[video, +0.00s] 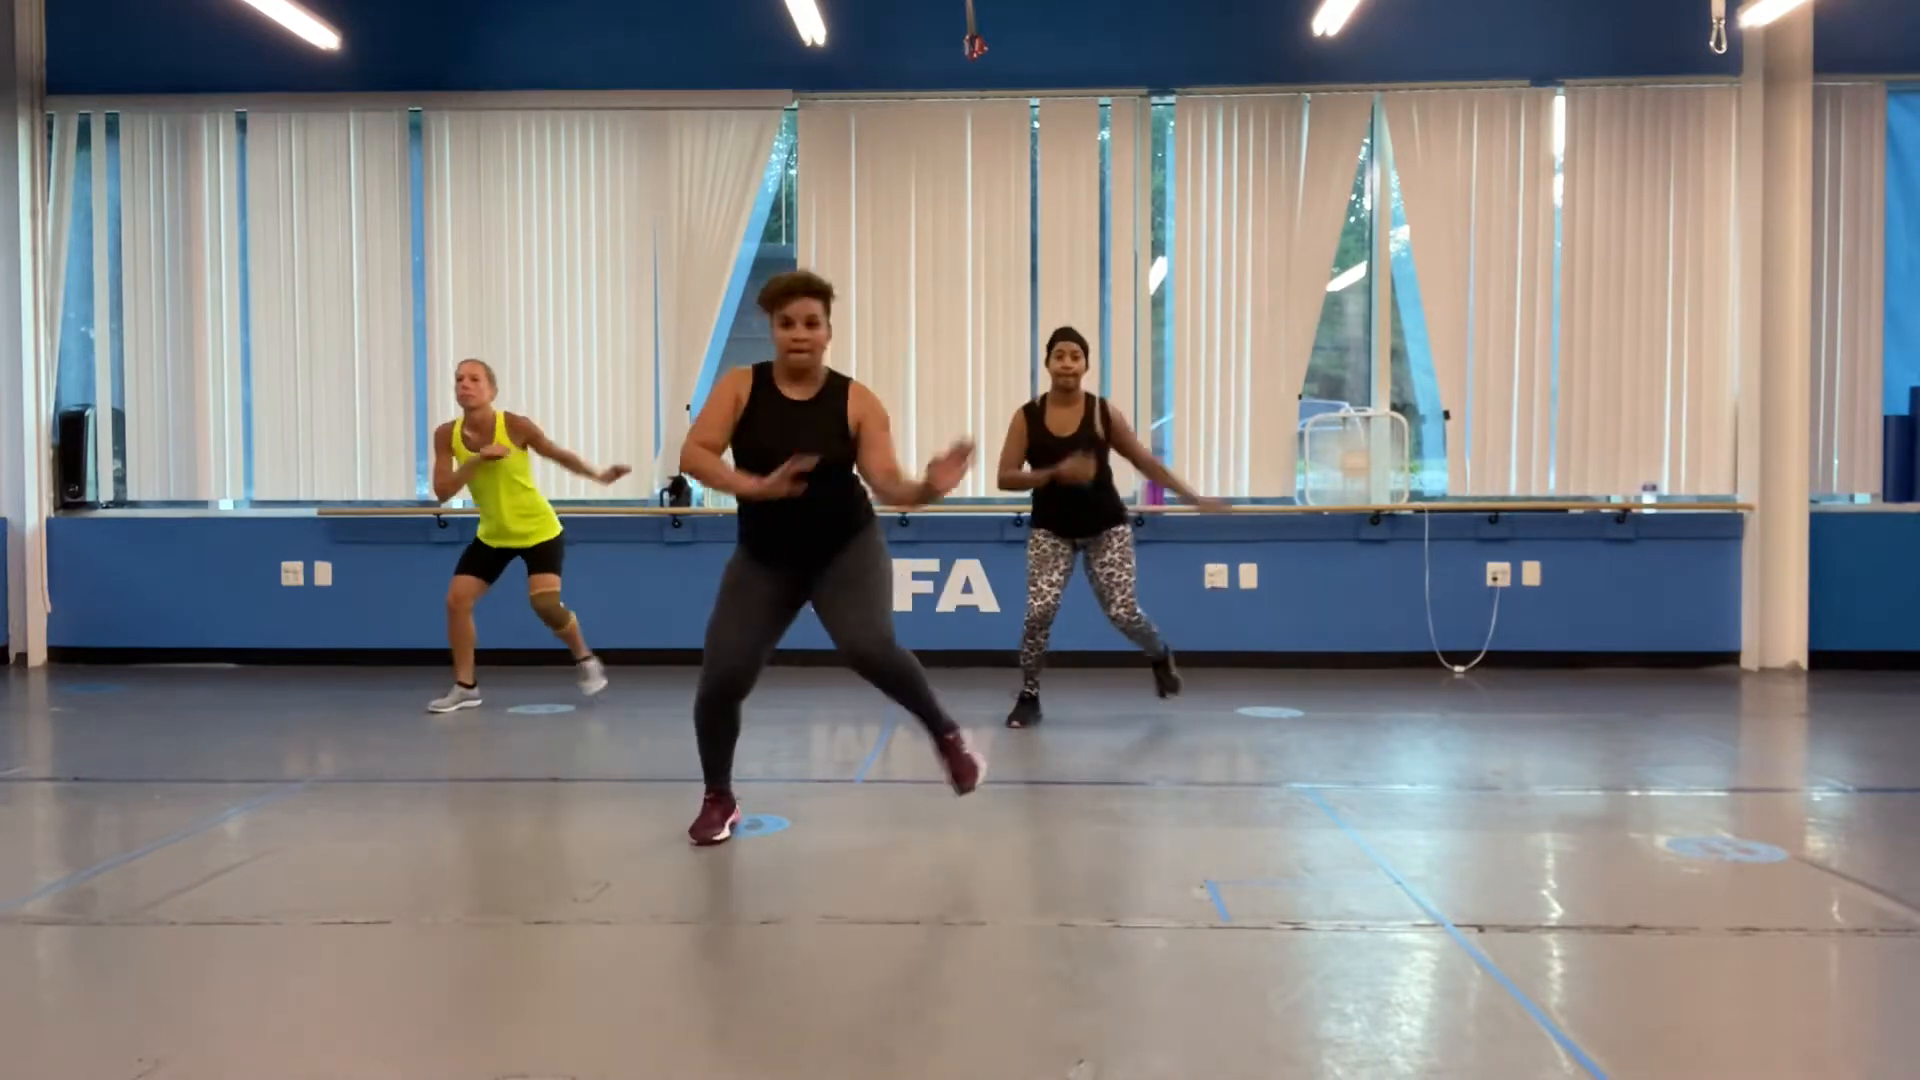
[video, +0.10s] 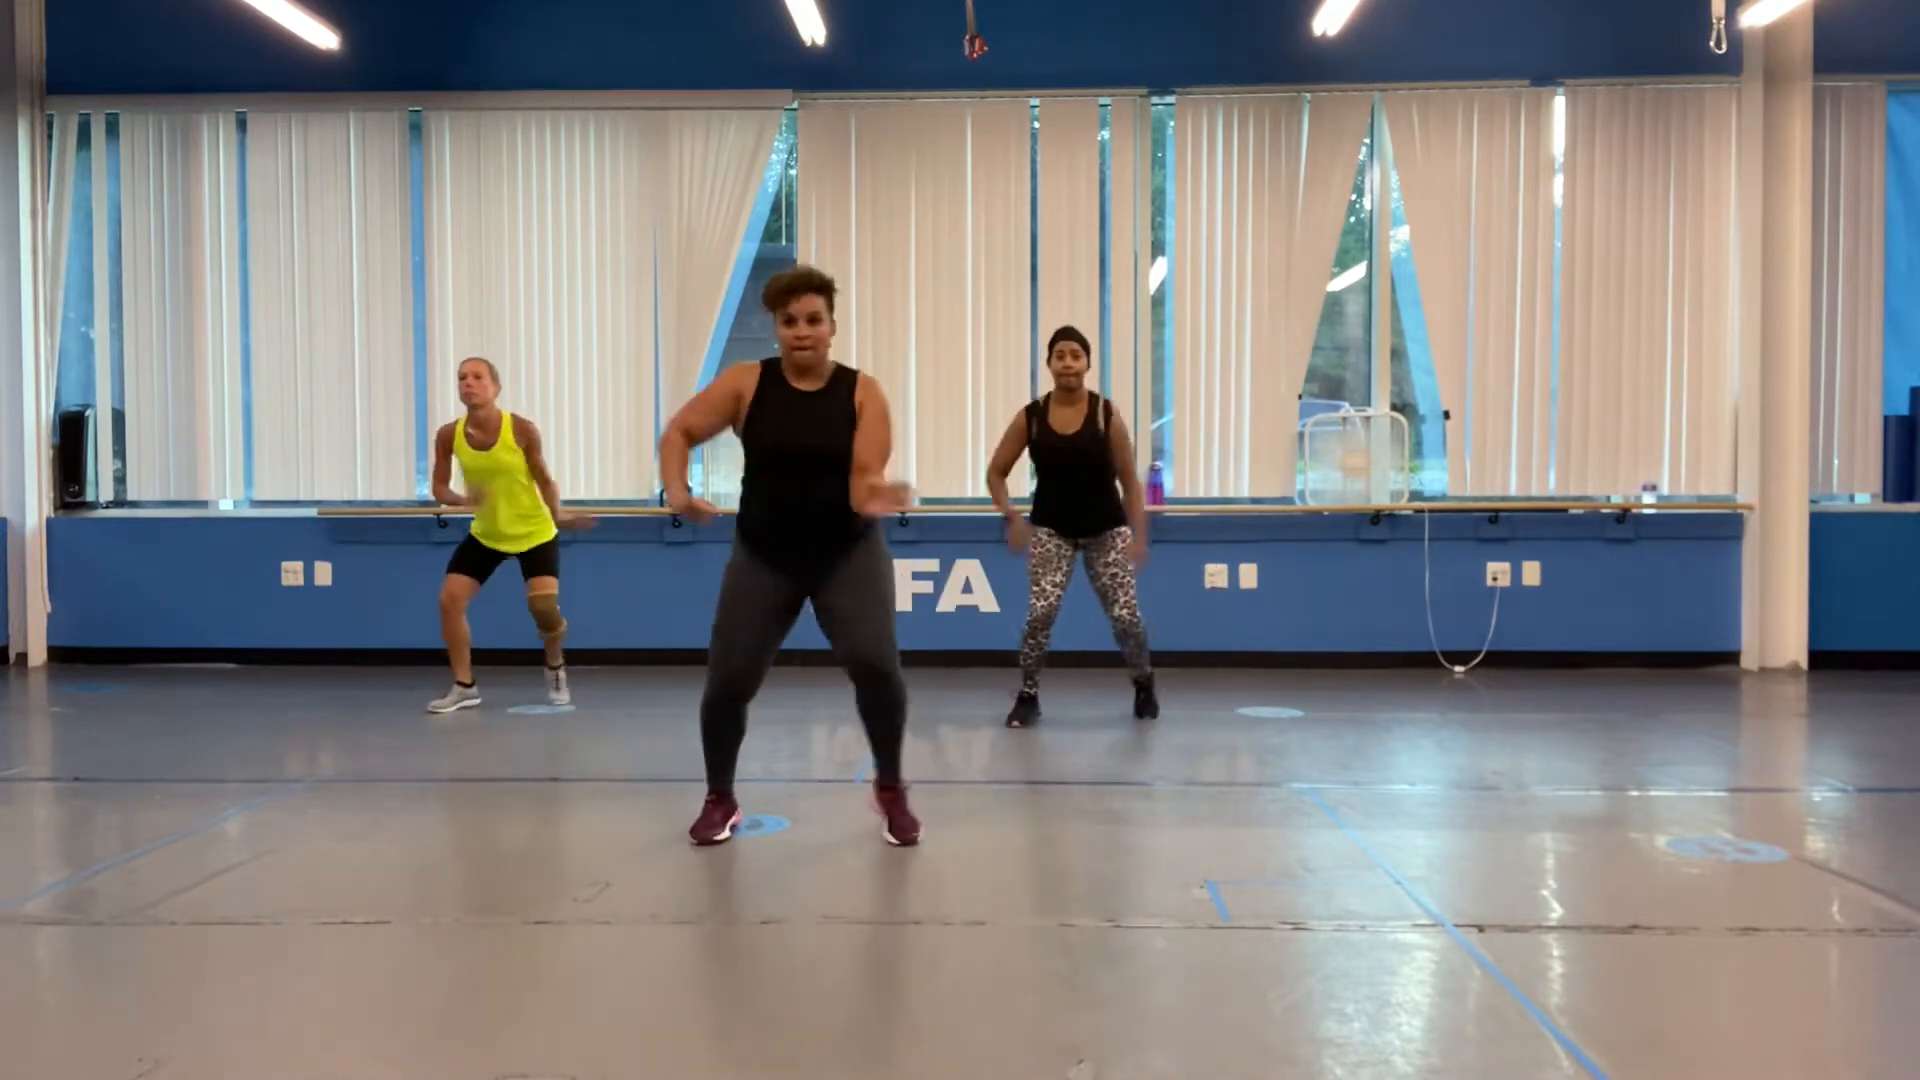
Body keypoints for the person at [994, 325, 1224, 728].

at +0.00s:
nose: (1067, 363)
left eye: (1075, 356)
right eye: (1059, 356)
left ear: (1085, 365)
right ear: (1047, 363)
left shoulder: (1103, 414)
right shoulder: (1028, 417)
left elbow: (1145, 462)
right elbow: (1005, 479)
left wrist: (1194, 498)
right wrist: (1055, 473)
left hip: (1106, 528)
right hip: (1051, 532)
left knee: (1121, 613)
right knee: (1039, 612)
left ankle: (1160, 656)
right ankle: (1028, 695)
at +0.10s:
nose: (1067, 361)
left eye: (1075, 355)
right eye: (1059, 356)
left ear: (1087, 363)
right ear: (1049, 365)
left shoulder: (1106, 414)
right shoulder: (1030, 417)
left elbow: (1129, 479)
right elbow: (995, 472)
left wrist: (1139, 536)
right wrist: (1011, 517)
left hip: (1105, 530)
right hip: (1050, 531)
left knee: (1125, 615)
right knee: (1041, 612)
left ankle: (1144, 689)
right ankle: (1027, 694)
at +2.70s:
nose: (1194, 358)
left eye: (1201, 350)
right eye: (1185, 354)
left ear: (1215, 359)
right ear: (1177, 367)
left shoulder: (1244, 408)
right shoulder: (1164, 418)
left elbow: (1264, 471)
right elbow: (1134, 475)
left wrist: (1223, 499)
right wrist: (1085, 478)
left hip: (1228, 527)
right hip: (1170, 526)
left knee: (1246, 611)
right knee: (1162, 607)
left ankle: (1264, 701)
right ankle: (1112, 663)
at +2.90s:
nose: (1189, 353)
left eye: (1196, 346)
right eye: (1181, 349)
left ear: (1210, 355)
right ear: (1172, 362)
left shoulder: (1235, 404)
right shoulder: (1159, 417)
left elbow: (1265, 462)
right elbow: (1151, 487)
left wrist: (1300, 510)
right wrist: (1163, 528)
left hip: (1227, 527)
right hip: (1173, 527)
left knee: (1239, 613)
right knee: (1147, 609)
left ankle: (1264, 703)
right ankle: (1130, 692)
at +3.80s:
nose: (1081, 357)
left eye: (1089, 350)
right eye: (1073, 352)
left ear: (1101, 360)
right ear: (1062, 364)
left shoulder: (1123, 411)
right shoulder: (1046, 418)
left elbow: (1142, 473)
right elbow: (1014, 470)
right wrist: (1000, 515)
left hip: (1122, 522)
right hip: (1068, 525)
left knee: (1146, 608)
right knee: (1055, 608)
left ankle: (1164, 690)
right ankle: (1040, 696)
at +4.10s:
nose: (1122, 352)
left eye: (1128, 345)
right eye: (1113, 349)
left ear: (1142, 353)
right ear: (1104, 362)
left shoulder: (1170, 402)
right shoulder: (1093, 412)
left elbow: (1193, 462)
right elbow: (1064, 467)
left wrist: (1146, 490)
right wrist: (1010, 470)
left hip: (1162, 523)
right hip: (1106, 523)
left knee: (1179, 608)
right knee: (1095, 604)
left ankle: (1198, 699)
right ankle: (1058, 677)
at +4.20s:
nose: (1129, 353)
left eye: (1135, 346)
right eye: (1120, 349)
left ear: (1148, 354)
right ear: (1110, 362)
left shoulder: (1175, 405)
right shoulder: (1098, 414)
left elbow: (1203, 463)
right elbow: (1082, 476)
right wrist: (1046, 510)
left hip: (1167, 526)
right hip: (1112, 528)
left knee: (1180, 612)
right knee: (1101, 614)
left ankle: (1199, 699)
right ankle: (1088, 690)